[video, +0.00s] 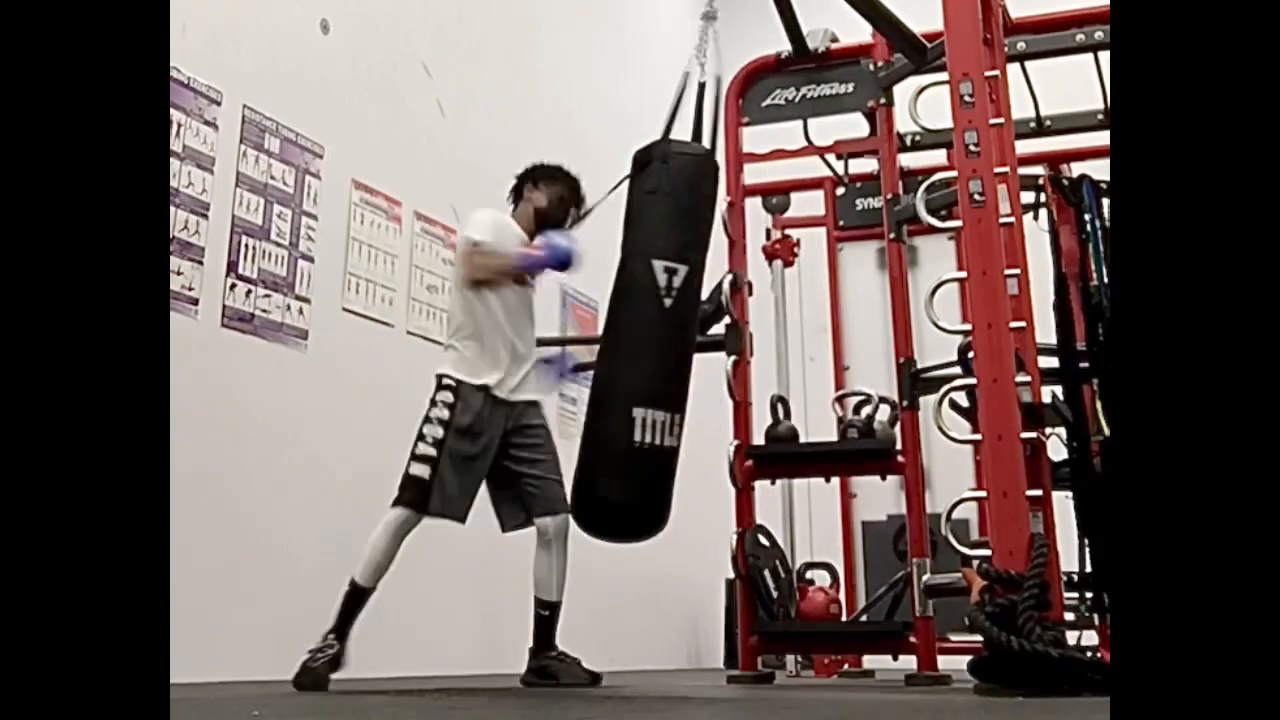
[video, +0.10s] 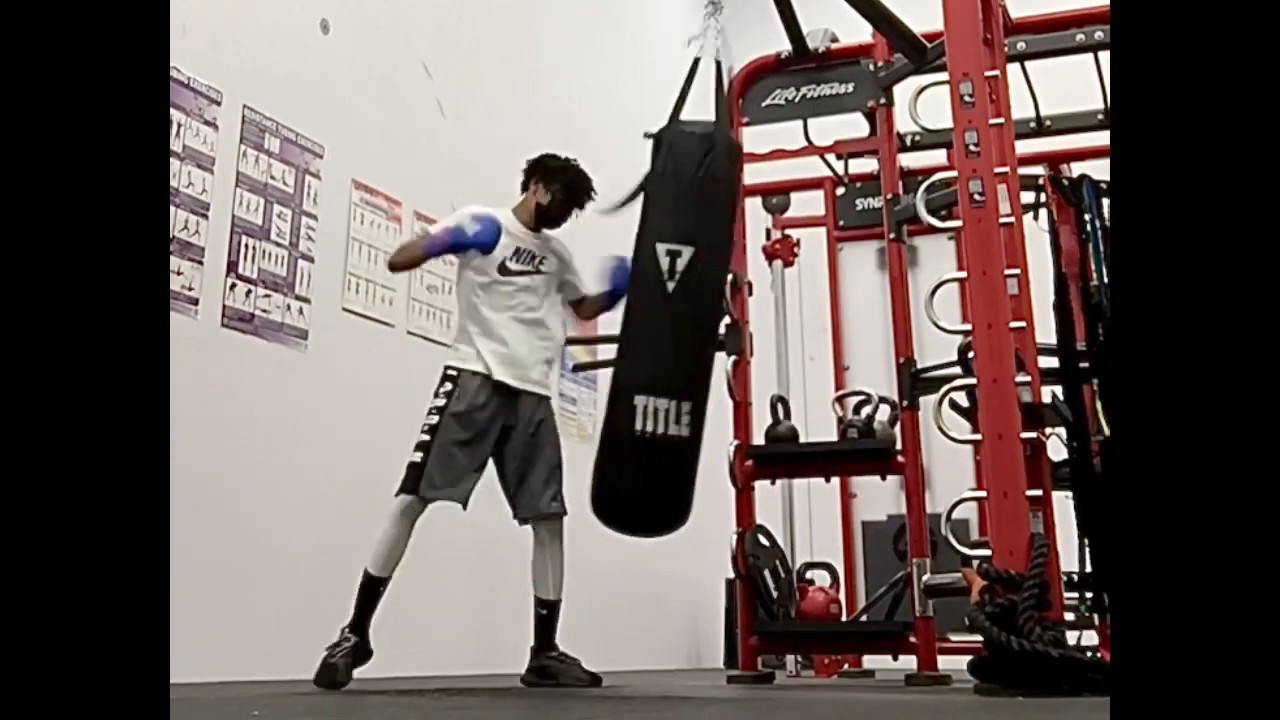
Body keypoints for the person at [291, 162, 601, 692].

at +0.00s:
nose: (557, 220)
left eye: (563, 215)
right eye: (554, 206)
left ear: (557, 218)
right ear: (528, 190)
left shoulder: (529, 257)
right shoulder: (487, 221)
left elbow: (510, 343)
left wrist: (563, 359)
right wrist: (540, 258)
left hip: (520, 400)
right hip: (467, 390)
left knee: (553, 522)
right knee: (407, 513)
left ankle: (544, 654)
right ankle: (334, 642)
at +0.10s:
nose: (559, 216)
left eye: (567, 210)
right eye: (556, 203)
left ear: (566, 210)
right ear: (531, 186)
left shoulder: (557, 252)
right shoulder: (480, 227)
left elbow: (584, 310)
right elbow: (397, 261)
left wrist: (614, 292)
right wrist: (450, 237)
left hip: (532, 396)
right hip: (471, 382)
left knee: (549, 519)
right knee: (410, 503)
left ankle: (545, 653)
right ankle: (355, 636)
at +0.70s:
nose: (544, 148)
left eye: (550, 141)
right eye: (542, 136)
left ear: (528, 136)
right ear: (520, 122)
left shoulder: (509, 191)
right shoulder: (478, 142)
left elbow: (536, 261)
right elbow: (513, 184)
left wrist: (551, 191)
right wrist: (554, 149)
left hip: (507, 335)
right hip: (466, 322)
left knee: (552, 474)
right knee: (447, 470)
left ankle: (513, 629)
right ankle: (383, 637)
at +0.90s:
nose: (573, 183)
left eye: (579, 177)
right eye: (573, 169)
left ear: (558, 166)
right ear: (546, 148)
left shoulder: (545, 220)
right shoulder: (489, 177)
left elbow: (560, 267)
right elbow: (468, 236)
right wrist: (531, 205)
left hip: (531, 368)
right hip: (482, 349)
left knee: (586, 504)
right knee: (450, 488)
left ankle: (553, 646)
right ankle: (369, 644)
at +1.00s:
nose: (582, 192)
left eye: (587, 187)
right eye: (582, 181)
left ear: (567, 175)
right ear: (560, 161)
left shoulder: (550, 228)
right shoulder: (515, 184)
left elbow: (567, 285)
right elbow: (518, 242)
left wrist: (624, 251)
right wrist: (573, 214)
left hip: (548, 373)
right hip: (503, 358)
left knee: (588, 505)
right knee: (473, 492)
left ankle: (564, 649)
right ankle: (373, 627)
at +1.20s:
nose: (541, 185)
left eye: (545, 179)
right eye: (541, 174)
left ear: (518, 160)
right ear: (520, 156)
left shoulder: (497, 206)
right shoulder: (475, 177)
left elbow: (501, 291)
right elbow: (495, 246)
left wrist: (530, 228)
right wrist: (543, 207)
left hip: (495, 371)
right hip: (448, 361)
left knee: (533, 495)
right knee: (412, 502)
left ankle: (519, 639)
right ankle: (351, 645)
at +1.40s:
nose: (512, 203)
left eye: (520, 197)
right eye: (509, 191)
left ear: (512, 201)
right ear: (483, 184)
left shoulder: (504, 249)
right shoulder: (438, 206)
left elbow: (539, 298)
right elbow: (467, 253)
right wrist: (504, 208)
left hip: (490, 399)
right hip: (427, 393)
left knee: (555, 507)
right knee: (372, 524)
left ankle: (518, 639)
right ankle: (317, 651)